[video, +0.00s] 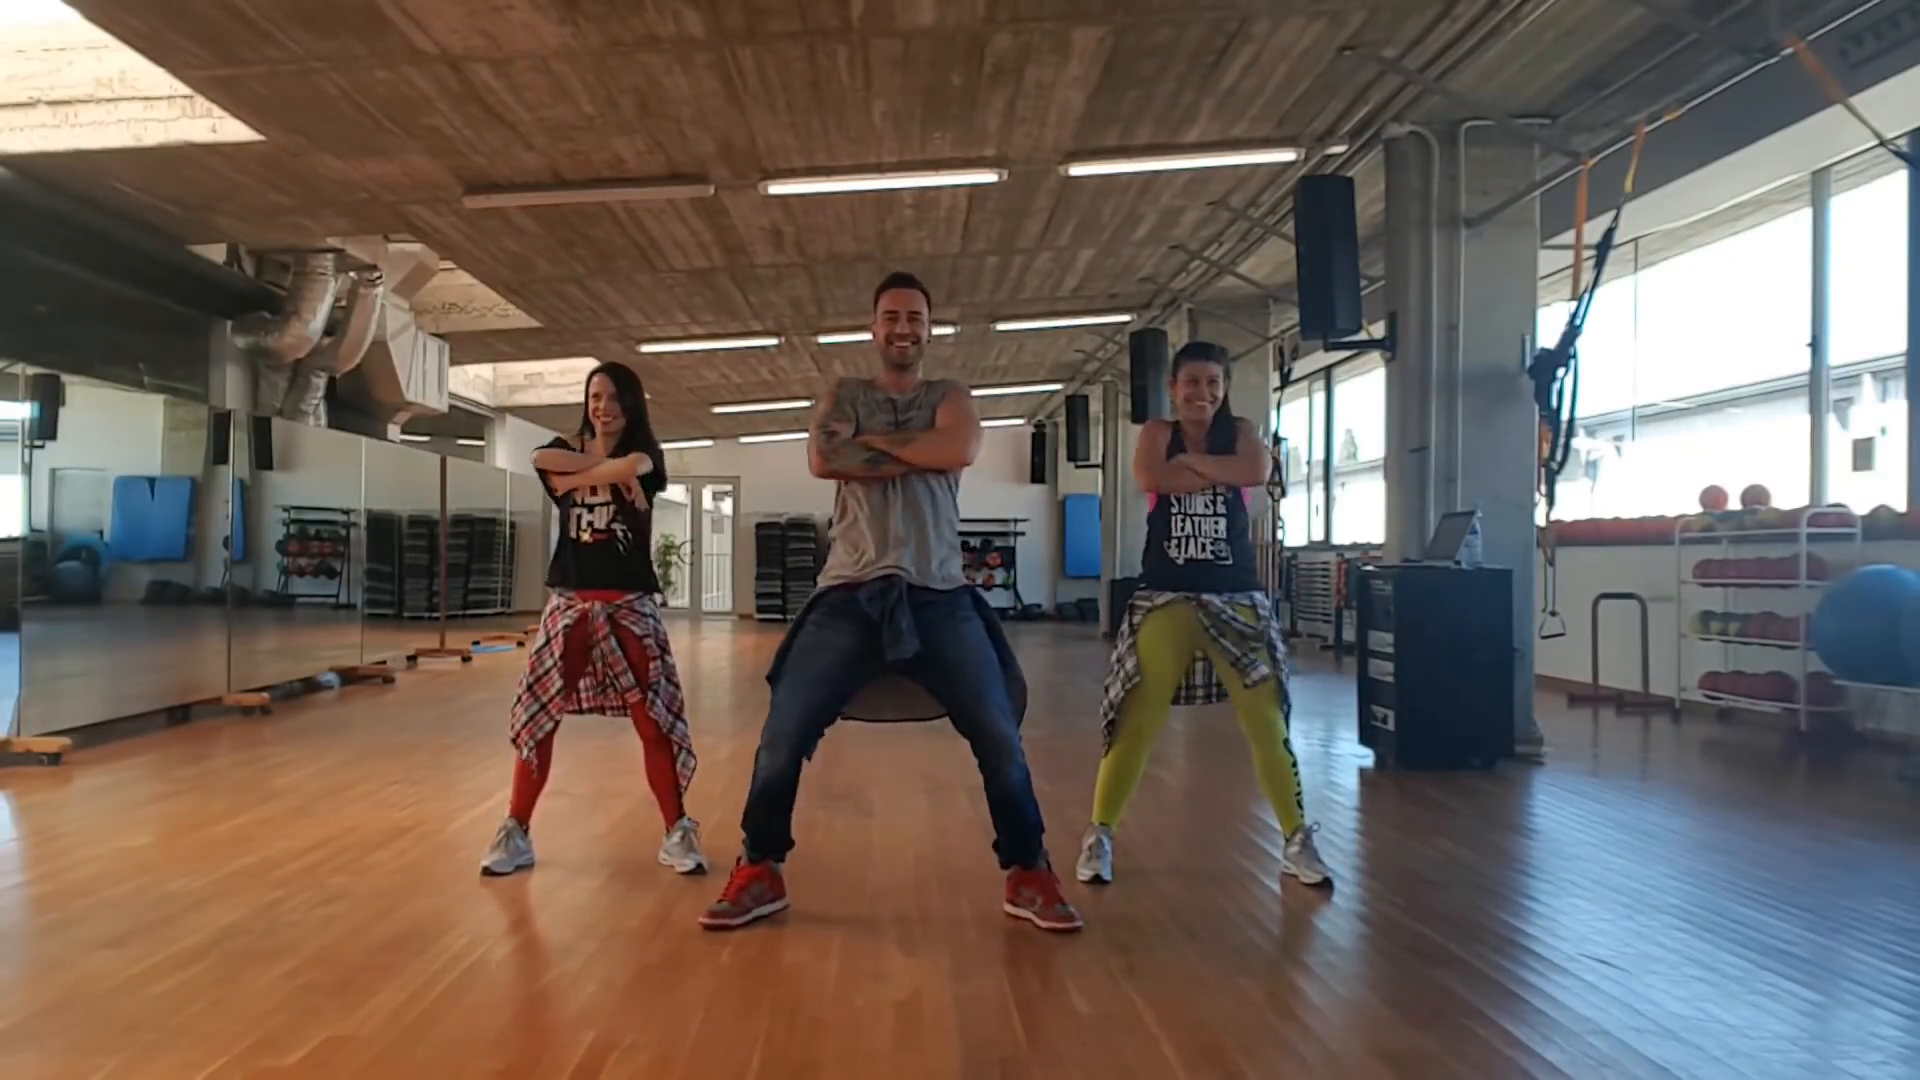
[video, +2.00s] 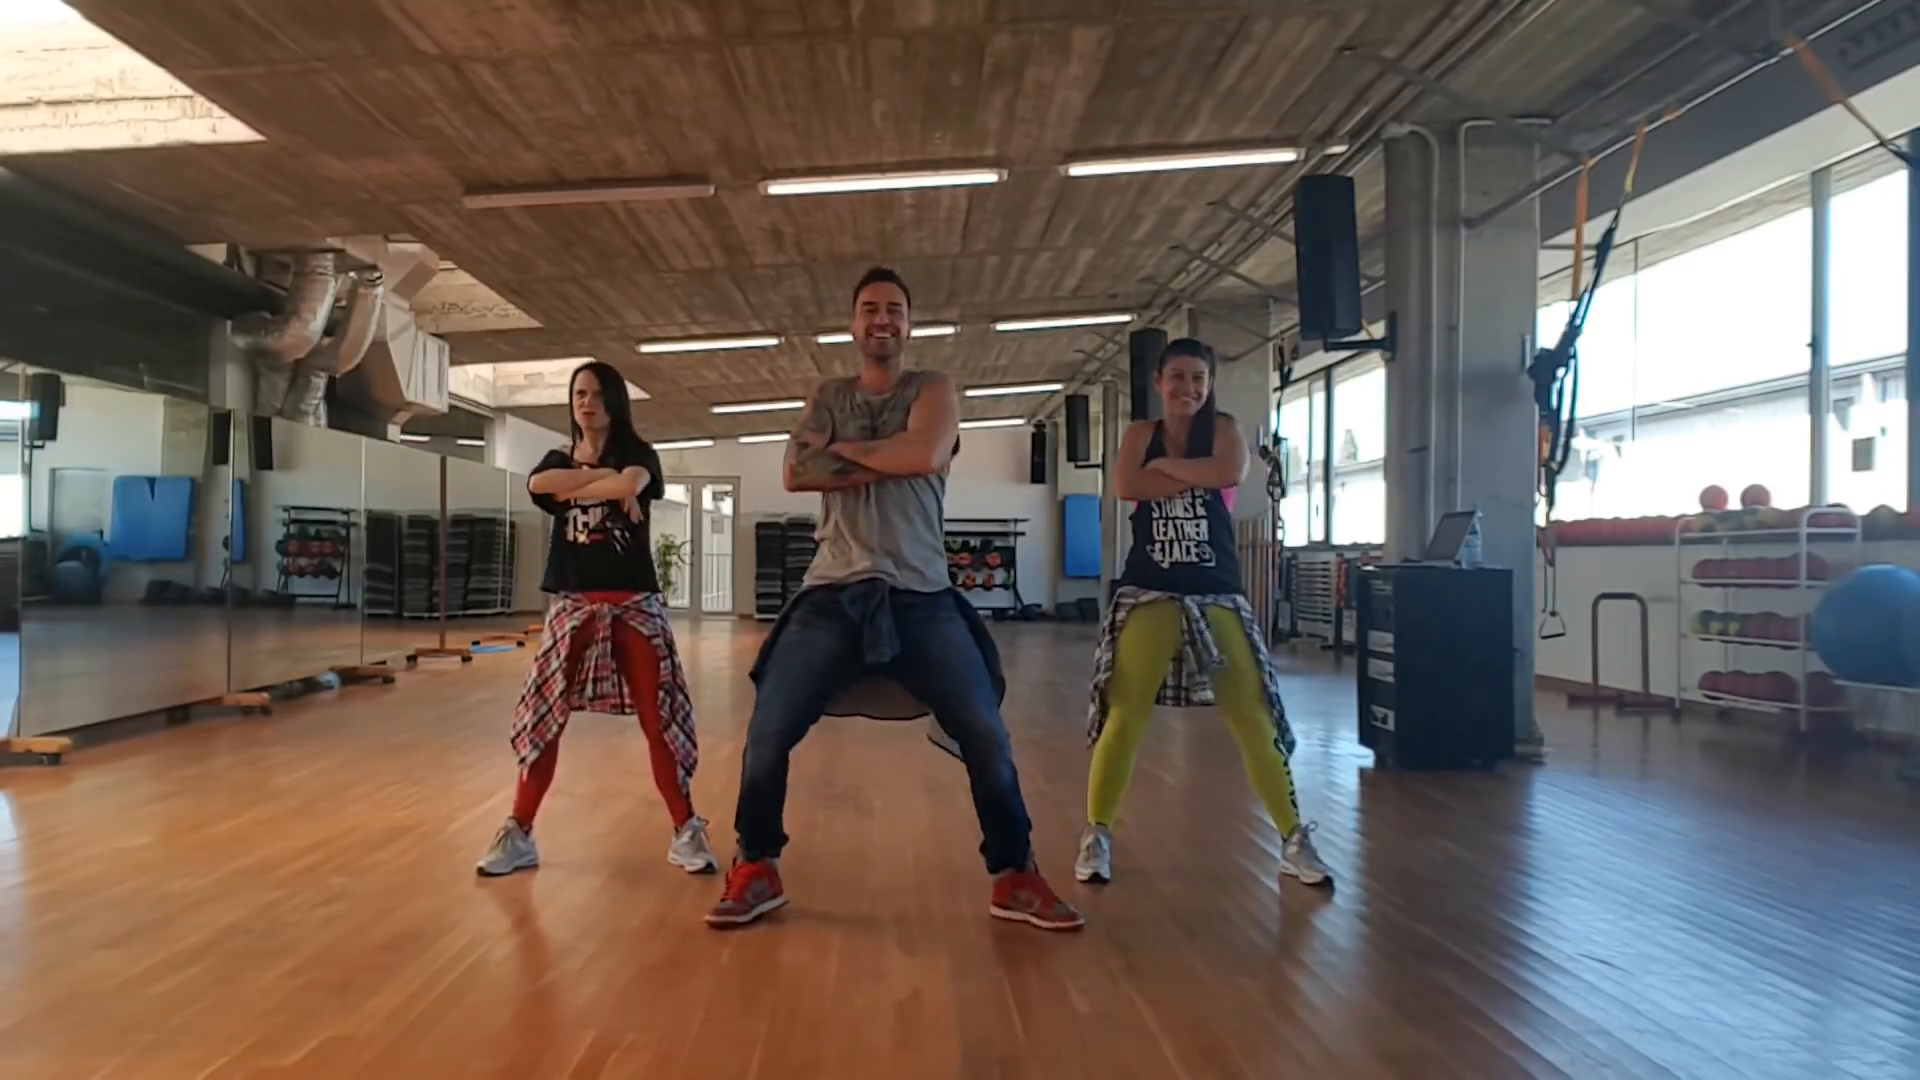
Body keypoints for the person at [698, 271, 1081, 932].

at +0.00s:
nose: (902, 327)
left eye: (914, 317)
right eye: (891, 316)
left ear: (930, 329)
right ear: (873, 327)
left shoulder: (948, 395)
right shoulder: (843, 394)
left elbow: (960, 450)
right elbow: (820, 461)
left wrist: (864, 439)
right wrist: (916, 456)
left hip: (938, 593)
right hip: (848, 590)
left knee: (997, 731)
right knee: (782, 729)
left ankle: (1028, 874)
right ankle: (760, 871)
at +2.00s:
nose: (880, 319)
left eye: (892, 309)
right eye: (869, 309)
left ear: (910, 324)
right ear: (850, 323)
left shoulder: (932, 388)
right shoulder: (827, 397)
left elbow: (926, 454)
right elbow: (796, 473)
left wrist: (838, 446)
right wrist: (889, 463)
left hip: (921, 595)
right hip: (832, 593)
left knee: (985, 730)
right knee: (766, 731)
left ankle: (1013, 876)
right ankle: (755, 869)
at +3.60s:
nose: (914, 315)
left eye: (924, 307)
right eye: (902, 307)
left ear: (942, 326)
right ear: (883, 327)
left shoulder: (969, 399)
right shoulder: (854, 396)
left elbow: (1007, 470)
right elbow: (829, 479)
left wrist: (924, 478)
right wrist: (906, 531)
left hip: (957, 597)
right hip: (868, 598)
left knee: (1008, 731)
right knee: (809, 733)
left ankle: (1025, 873)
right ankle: (775, 872)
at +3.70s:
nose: (914, 316)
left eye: (925, 307)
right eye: (903, 307)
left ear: (942, 325)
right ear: (883, 326)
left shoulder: (970, 398)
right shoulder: (855, 397)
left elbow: (1028, 461)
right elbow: (816, 470)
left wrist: (975, 448)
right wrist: (859, 480)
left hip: (955, 592)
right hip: (866, 591)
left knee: (1006, 730)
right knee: (810, 726)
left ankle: (1025, 873)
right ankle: (775, 871)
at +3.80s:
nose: (912, 314)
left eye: (923, 305)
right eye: (901, 305)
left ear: (940, 320)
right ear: (882, 321)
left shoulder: (964, 393)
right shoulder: (858, 391)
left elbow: (1012, 458)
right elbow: (819, 457)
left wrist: (994, 379)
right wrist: (842, 380)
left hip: (952, 588)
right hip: (864, 585)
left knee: (1005, 729)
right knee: (809, 723)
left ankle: (1025, 873)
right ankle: (773, 871)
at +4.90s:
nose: (852, 364)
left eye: (865, 352)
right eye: (842, 351)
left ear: (880, 358)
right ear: (826, 357)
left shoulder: (900, 431)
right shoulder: (807, 424)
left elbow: (957, 467)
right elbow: (782, 460)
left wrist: (958, 380)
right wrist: (797, 377)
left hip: (873, 621)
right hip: (801, 620)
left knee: (934, 757)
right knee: (708, 721)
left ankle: (1055, 854)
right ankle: (748, 871)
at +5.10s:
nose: (810, 353)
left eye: (823, 341)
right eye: (799, 339)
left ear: (840, 348)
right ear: (783, 344)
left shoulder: (855, 421)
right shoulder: (756, 410)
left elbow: (912, 451)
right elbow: (713, 431)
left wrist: (916, 357)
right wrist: (734, 343)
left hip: (833, 598)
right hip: (758, 597)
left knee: (893, 738)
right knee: (685, 727)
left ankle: (980, 846)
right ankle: (745, 869)